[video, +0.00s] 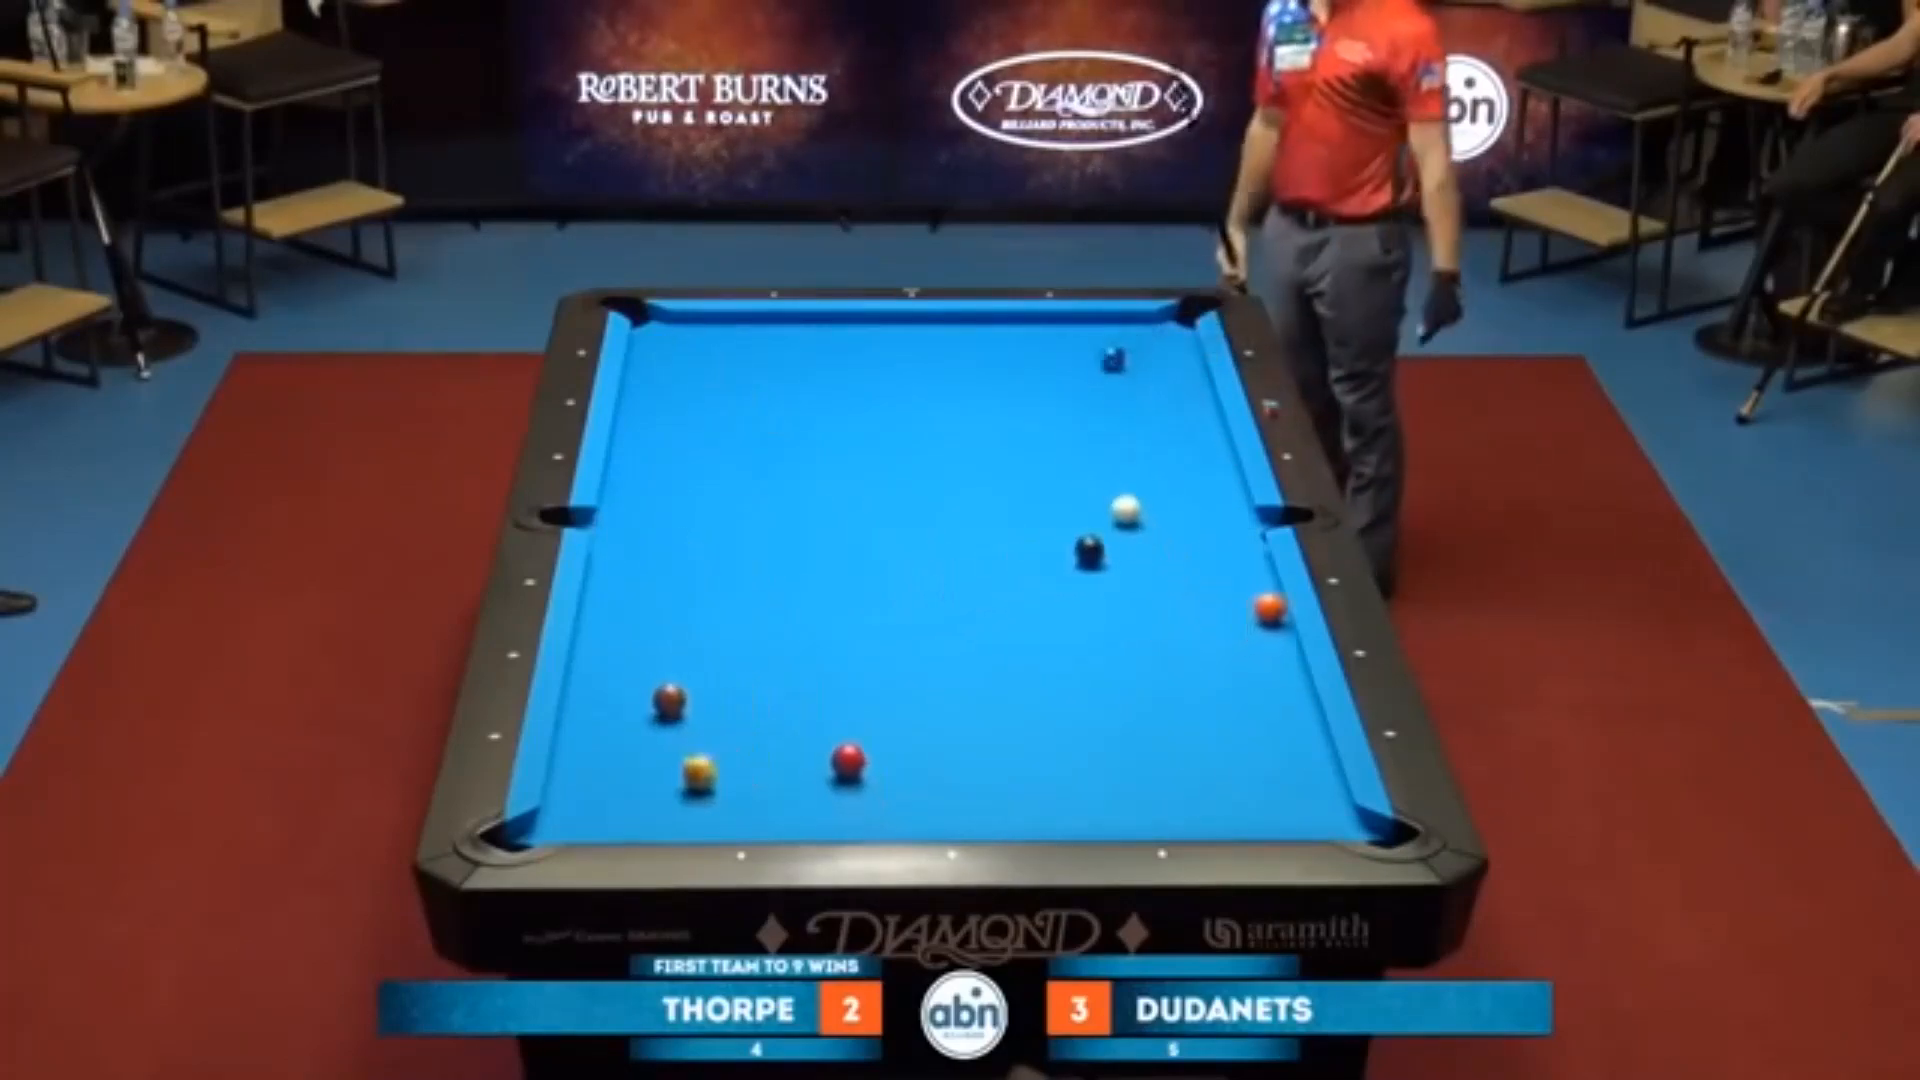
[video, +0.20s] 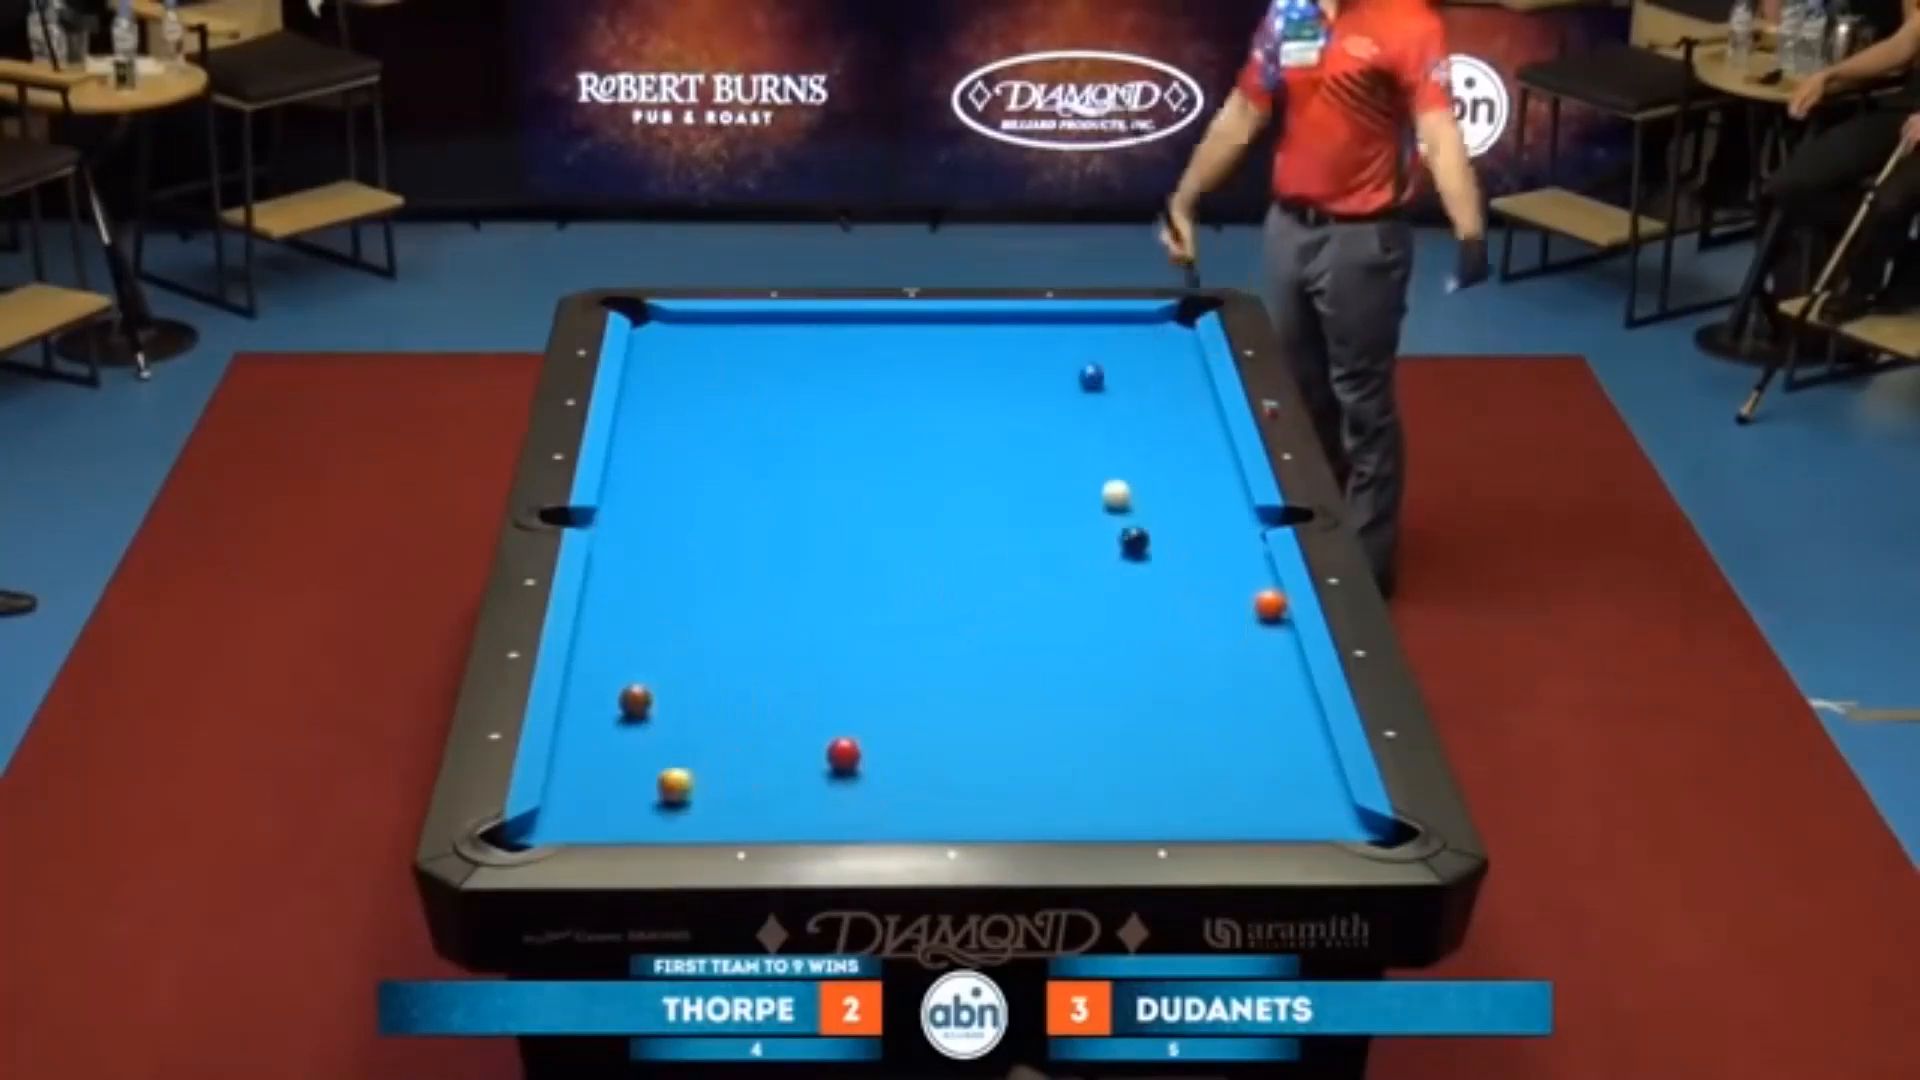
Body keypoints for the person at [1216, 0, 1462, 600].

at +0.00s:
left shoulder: (1404, 28)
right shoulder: (1281, 16)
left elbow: (1433, 159)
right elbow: (1266, 123)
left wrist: (1446, 271)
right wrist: (1237, 218)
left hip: (1362, 238)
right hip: (1285, 231)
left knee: (1362, 405)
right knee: (1300, 399)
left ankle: (1368, 566)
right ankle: (1309, 543)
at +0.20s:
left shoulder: (1407, 23)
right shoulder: (1287, 17)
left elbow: (1438, 128)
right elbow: (1242, 110)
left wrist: (1470, 229)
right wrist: (1184, 194)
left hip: (1362, 234)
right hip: (1288, 228)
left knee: (1361, 401)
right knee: (1303, 396)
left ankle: (1368, 565)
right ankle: (1311, 543)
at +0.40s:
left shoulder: (1413, 12)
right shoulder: (1283, 10)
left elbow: (1468, 72)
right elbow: (1206, 54)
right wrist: (1129, 80)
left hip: (1365, 233)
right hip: (1292, 227)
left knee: (1365, 403)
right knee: (1304, 396)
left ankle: (1370, 564)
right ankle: (1314, 540)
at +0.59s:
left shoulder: (1403, 16)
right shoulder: (1284, 8)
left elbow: (1484, 10)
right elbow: (1192, 9)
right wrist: (1136, 5)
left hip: (1364, 235)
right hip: (1291, 227)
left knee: (1367, 404)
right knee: (1308, 397)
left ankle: (1369, 567)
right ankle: (1315, 540)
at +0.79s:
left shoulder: (1408, 16)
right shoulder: (1286, 8)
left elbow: (1499, 5)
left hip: (1364, 237)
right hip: (1291, 229)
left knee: (1367, 402)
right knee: (1309, 396)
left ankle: (1368, 568)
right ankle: (1318, 535)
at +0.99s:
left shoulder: (1409, 17)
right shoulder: (1288, 8)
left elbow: (1507, 7)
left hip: (1367, 238)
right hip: (1292, 230)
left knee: (1368, 405)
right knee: (1311, 397)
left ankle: (1370, 564)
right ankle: (1317, 539)